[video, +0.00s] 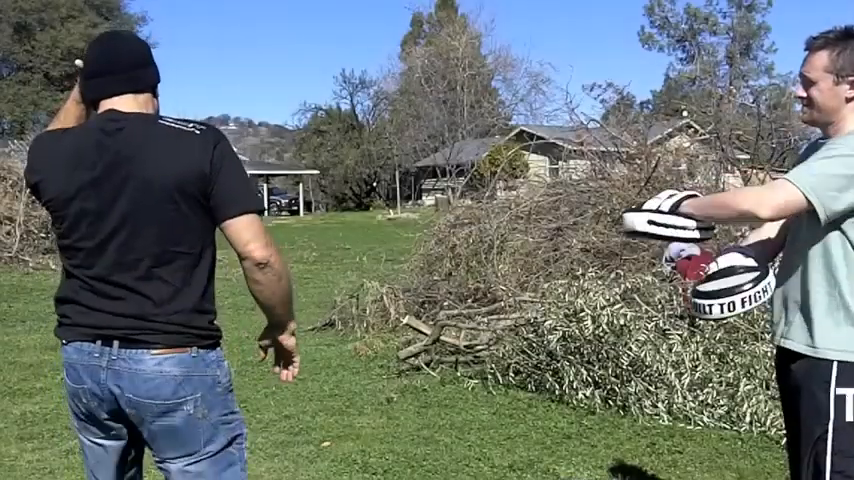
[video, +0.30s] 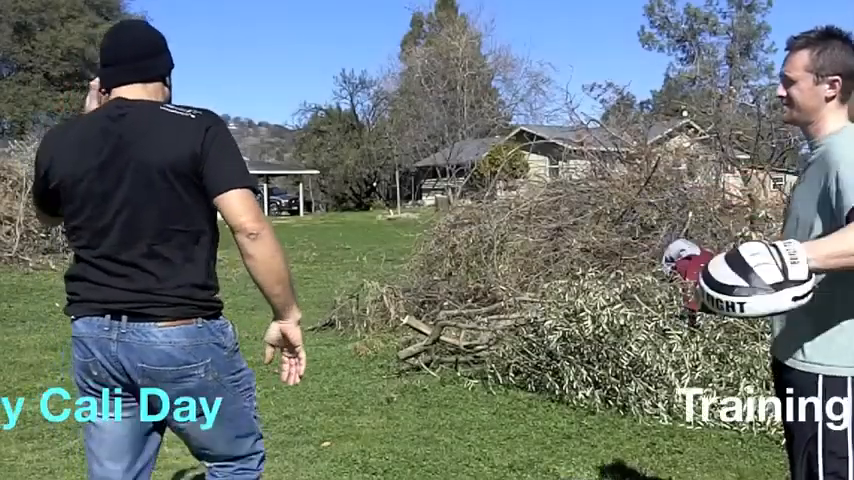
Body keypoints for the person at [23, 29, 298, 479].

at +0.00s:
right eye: (152, 78)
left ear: (90, 91)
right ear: (154, 83)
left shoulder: (54, 156)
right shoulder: (201, 145)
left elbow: (50, 146)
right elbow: (258, 255)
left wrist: (84, 84)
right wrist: (282, 328)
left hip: (83, 364)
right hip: (177, 368)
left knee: (108, 472)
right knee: (208, 469)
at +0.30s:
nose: (168, 80)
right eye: (167, 72)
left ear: (103, 82)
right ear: (165, 75)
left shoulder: (62, 140)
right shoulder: (199, 127)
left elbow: (48, 212)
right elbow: (249, 227)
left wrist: (88, 122)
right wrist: (287, 314)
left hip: (93, 337)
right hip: (184, 337)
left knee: (112, 474)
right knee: (235, 462)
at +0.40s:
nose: (175, 81)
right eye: (173, 73)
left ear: (108, 81)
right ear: (168, 75)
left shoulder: (66, 141)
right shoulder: (200, 127)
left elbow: (46, 220)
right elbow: (248, 224)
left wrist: (93, 174)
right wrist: (286, 313)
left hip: (95, 335)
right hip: (185, 335)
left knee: (111, 473)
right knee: (238, 457)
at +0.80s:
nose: (207, 104)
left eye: (206, 95)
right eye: (205, 94)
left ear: (146, 94)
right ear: (196, 94)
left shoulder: (97, 154)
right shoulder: (221, 141)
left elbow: (59, 251)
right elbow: (254, 227)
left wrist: (116, 242)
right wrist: (286, 319)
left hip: (114, 332)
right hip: (199, 335)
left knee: (121, 473)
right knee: (236, 469)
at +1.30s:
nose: (272, 108)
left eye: (271, 97)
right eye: (270, 98)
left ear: (212, 97)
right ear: (255, 100)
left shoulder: (158, 149)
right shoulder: (274, 157)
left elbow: (123, 235)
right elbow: (299, 250)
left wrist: (179, 262)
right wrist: (322, 329)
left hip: (160, 323)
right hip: (237, 326)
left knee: (157, 457)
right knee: (257, 464)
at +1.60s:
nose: (294, 104)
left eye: (294, 94)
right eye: (292, 94)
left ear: (237, 92)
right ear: (273, 95)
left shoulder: (179, 146)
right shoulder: (287, 151)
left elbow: (145, 224)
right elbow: (313, 246)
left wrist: (195, 258)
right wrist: (337, 300)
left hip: (183, 312)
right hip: (250, 318)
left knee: (200, 426)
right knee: (265, 456)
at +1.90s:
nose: (310, 105)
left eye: (310, 95)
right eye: (307, 95)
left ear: (263, 95)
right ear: (282, 96)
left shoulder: (205, 146)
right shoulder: (288, 146)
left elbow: (175, 220)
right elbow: (310, 235)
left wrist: (223, 249)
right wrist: (344, 262)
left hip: (209, 306)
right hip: (261, 311)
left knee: (253, 421)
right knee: (276, 447)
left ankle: (244, 472)